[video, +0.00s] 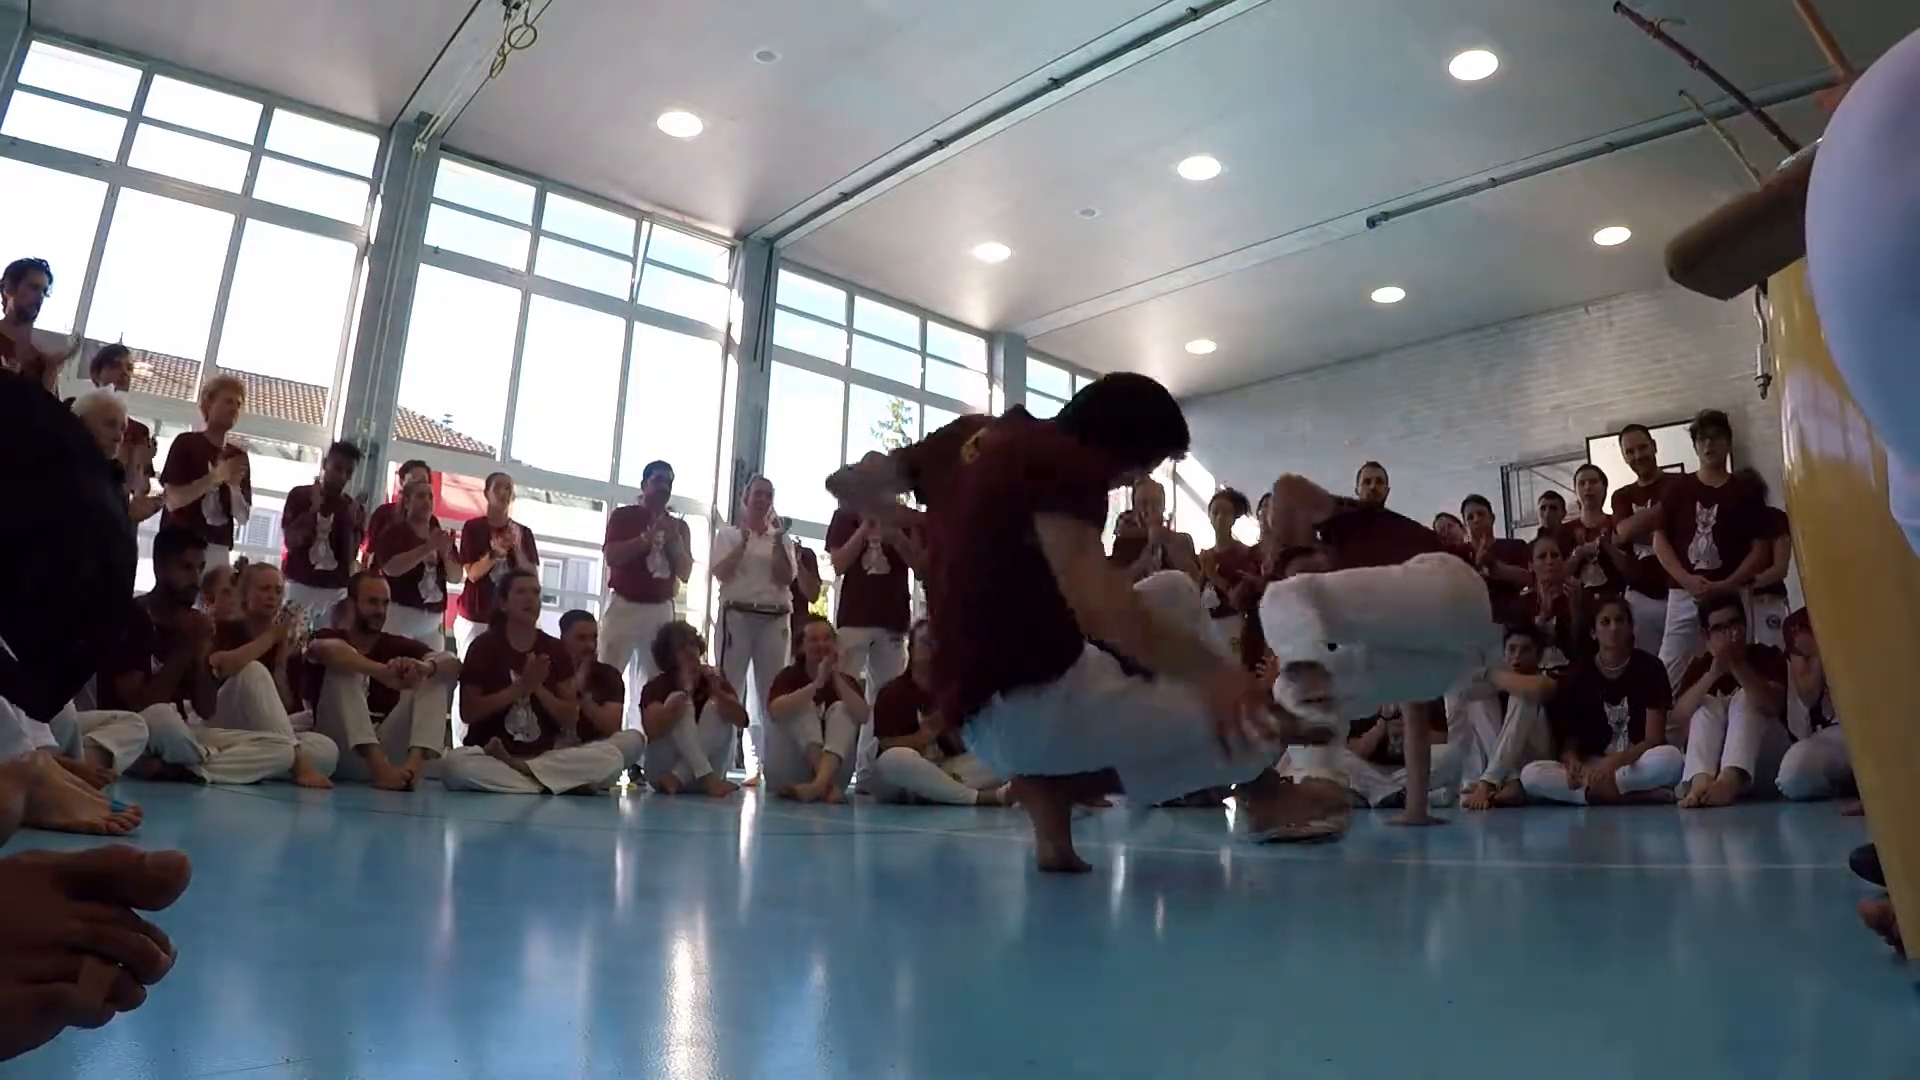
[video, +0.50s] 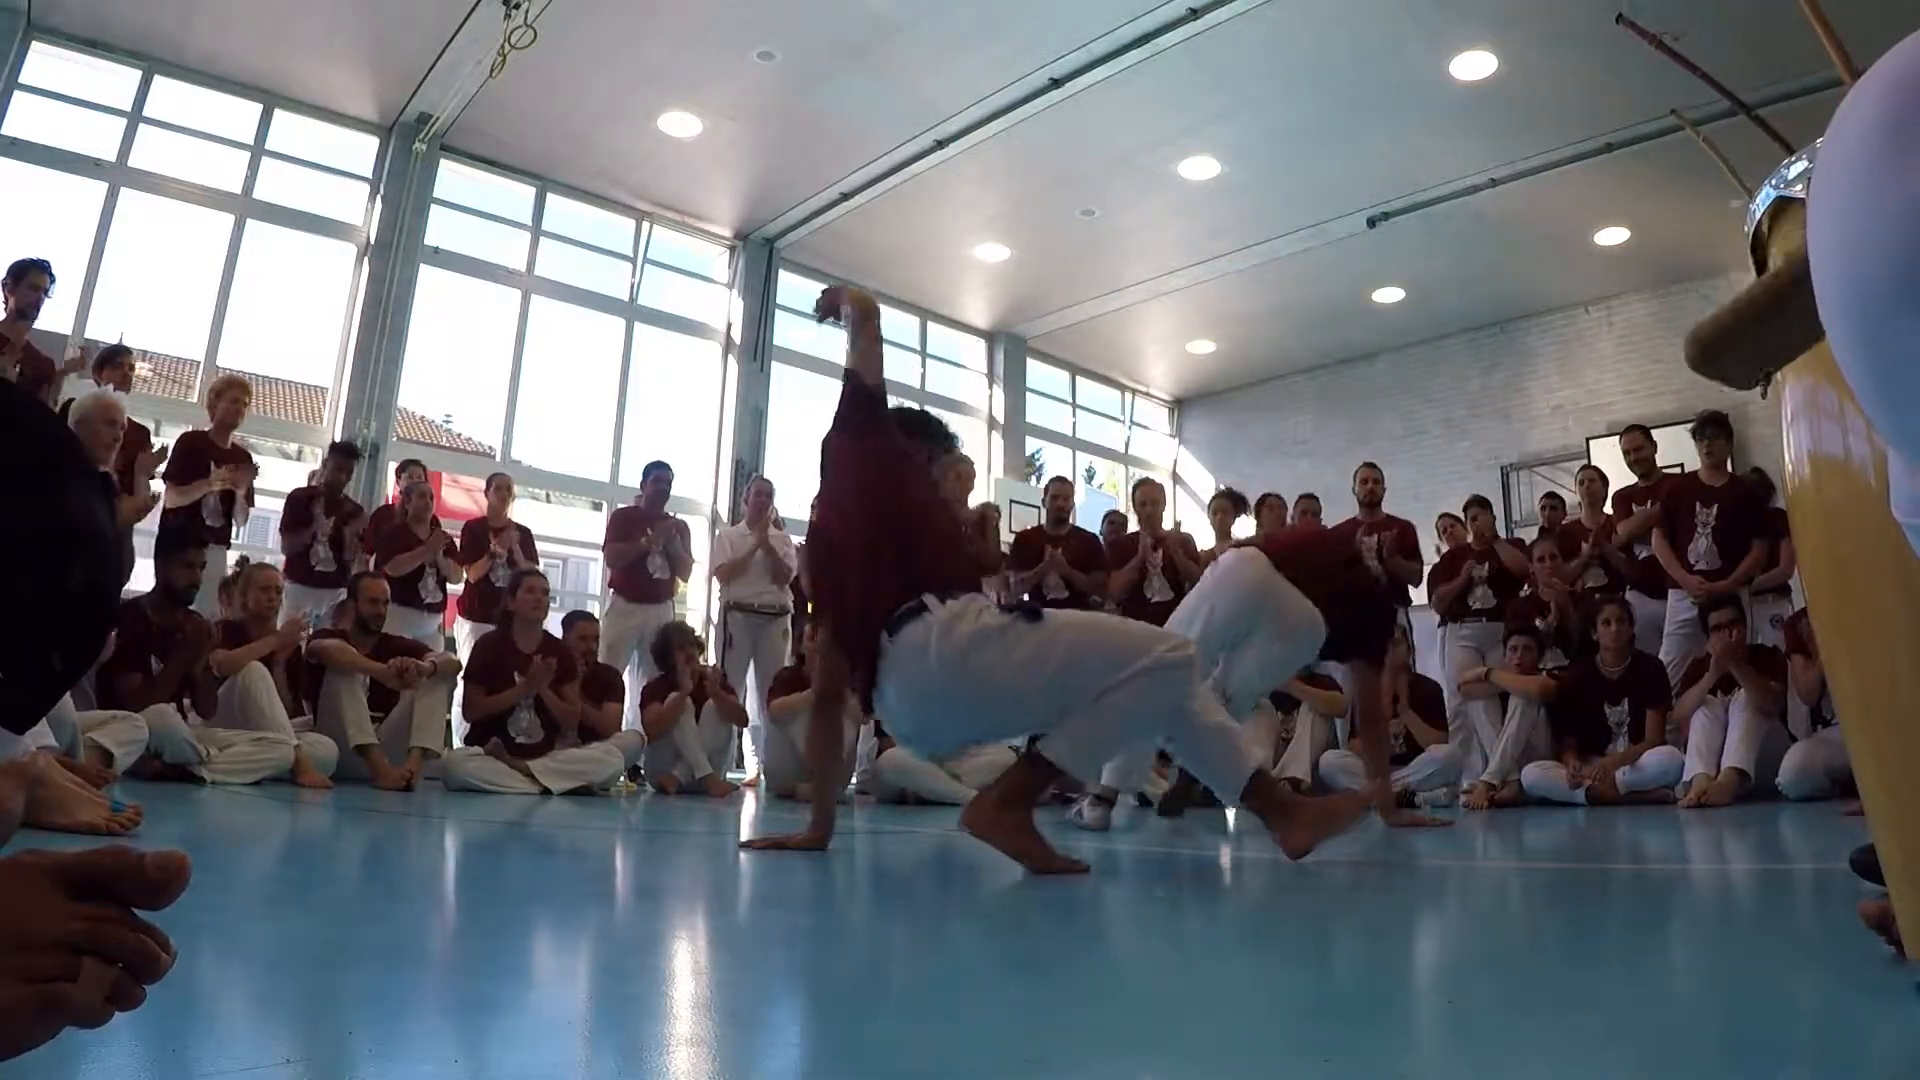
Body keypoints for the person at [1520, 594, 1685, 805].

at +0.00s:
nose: (1614, 628)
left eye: (1620, 621)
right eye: (1606, 623)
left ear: (1631, 629)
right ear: (1594, 633)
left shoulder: (1650, 667)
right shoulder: (1578, 672)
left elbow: (1655, 739)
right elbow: (1570, 736)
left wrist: (1611, 763)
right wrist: (1573, 761)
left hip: (1635, 761)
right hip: (1589, 764)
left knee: (1670, 759)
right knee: (1531, 775)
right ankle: (1631, 798)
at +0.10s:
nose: (1613, 628)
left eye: (1620, 621)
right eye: (1606, 623)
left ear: (1630, 629)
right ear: (1594, 633)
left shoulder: (1650, 667)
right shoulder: (1578, 672)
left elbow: (1655, 739)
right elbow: (1569, 737)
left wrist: (1611, 763)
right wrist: (1573, 761)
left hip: (1635, 761)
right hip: (1589, 764)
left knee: (1670, 759)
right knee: (1531, 775)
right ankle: (1630, 798)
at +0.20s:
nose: (1613, 629)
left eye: (1619, 621)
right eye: (1605, 623)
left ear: (1630, 629)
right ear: (1594, 634)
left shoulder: (1650, 667)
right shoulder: (1578, 672)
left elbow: (1655, 739)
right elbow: (1569, 739)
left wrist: (1609, 765)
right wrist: (1573, 762)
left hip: (1634, 761)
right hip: (1589, 764)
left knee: (1670, 759)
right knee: (1531, 775)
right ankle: (1630, 798)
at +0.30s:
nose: (1613, 628)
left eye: (1619, 621)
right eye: (1605, 623)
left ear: (1630, 629)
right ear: (1594, 634)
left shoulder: (1650, 667)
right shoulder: (1578, 673)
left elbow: (1655, 739)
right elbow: (1569, 737)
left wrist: (1608, 766)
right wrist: (1572, 762)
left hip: (1634, 761)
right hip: (1589, 764)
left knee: (1670, 759)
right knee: (1532, 775)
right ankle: (1629, 798)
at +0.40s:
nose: (1614, 629)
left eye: (1620, 622)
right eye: (1606, 624)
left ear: (1631, 630)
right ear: (1594, 634)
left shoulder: (1651, 668)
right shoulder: (1577, 674)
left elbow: (1654, 739)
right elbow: (1569, 740)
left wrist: (1612, 763)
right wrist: (1572, 762)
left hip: (1634, 762)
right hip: (1588, 766)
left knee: (1670, 760)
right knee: (1532, 776)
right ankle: (1629, 798)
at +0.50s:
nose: (1614, 629)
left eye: (1621, 622)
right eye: (1606, 623)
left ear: (1631, 630)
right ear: (1594, 633)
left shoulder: (1651, 668)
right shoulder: (1577, 674)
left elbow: (1654, 739)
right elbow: (1569, 740)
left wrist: (1612, 763)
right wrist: (1572, 763)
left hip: (1634, 762)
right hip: (1588, 766)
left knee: (1670, 760)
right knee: (1532, 776)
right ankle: (1629, 798)